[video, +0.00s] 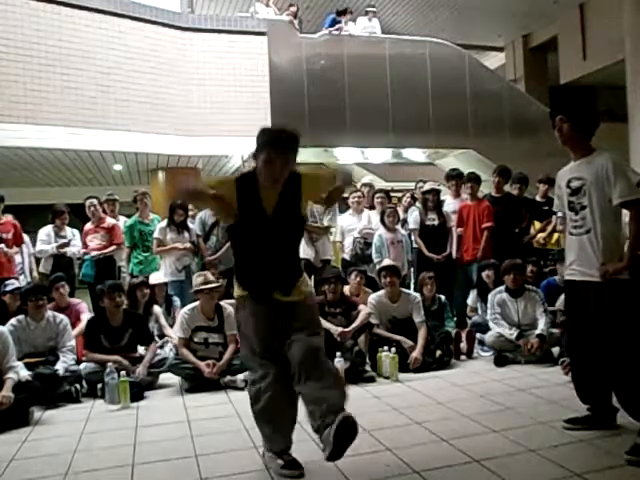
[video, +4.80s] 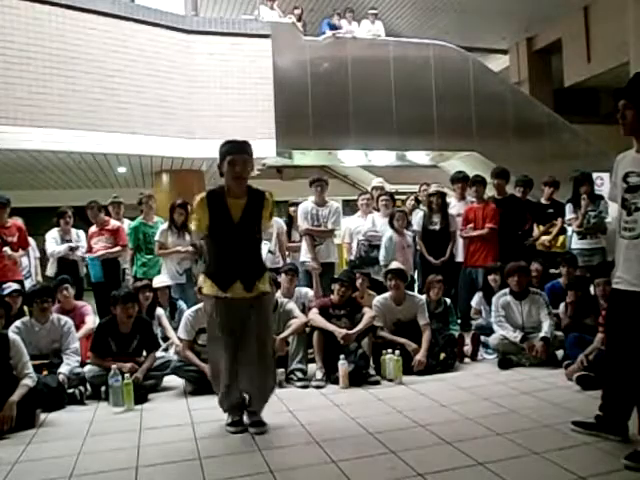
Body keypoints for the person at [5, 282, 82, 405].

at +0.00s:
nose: (39, 303)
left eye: (42, 299)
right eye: (33, 300)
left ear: (47, 301)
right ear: (25, 305)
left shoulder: (60, 321)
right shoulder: (14, 325)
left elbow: (68, 352)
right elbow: (10, 358)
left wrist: (58, 370)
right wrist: (23, 374)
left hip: (53, 367)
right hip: (28, 370)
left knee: (75, 375)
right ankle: (65, 394)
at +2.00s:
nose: (48, 302)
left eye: (50, 298)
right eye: (42, 299)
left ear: (54, 301)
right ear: (31, 304)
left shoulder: (64, 323)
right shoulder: (19, 328)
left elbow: (72, 353)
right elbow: (13, 357)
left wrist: (63, 373)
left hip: (58, 369)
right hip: (33, 372)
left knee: (79, 375)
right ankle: (69, 397)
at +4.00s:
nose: (44, 305)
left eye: (47, 301)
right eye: (39, 301)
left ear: (52, 303)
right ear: (31, 305)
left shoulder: (64, 323)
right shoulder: (18, 328)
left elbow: (72, 353)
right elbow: (14, 358)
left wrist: (63, 373)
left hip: (58, 369)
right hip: (32, 372)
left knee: (79, 375)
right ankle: (69, 397)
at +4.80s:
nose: (44, 306)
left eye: (47, 301)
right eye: (39, 302)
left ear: (53, 303)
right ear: (31, 305)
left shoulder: (64, 323)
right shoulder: (19, 328)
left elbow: (72, 354)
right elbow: (14, 356)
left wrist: (63, 373)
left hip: (57, 369)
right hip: (31, 371)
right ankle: (70, 397)